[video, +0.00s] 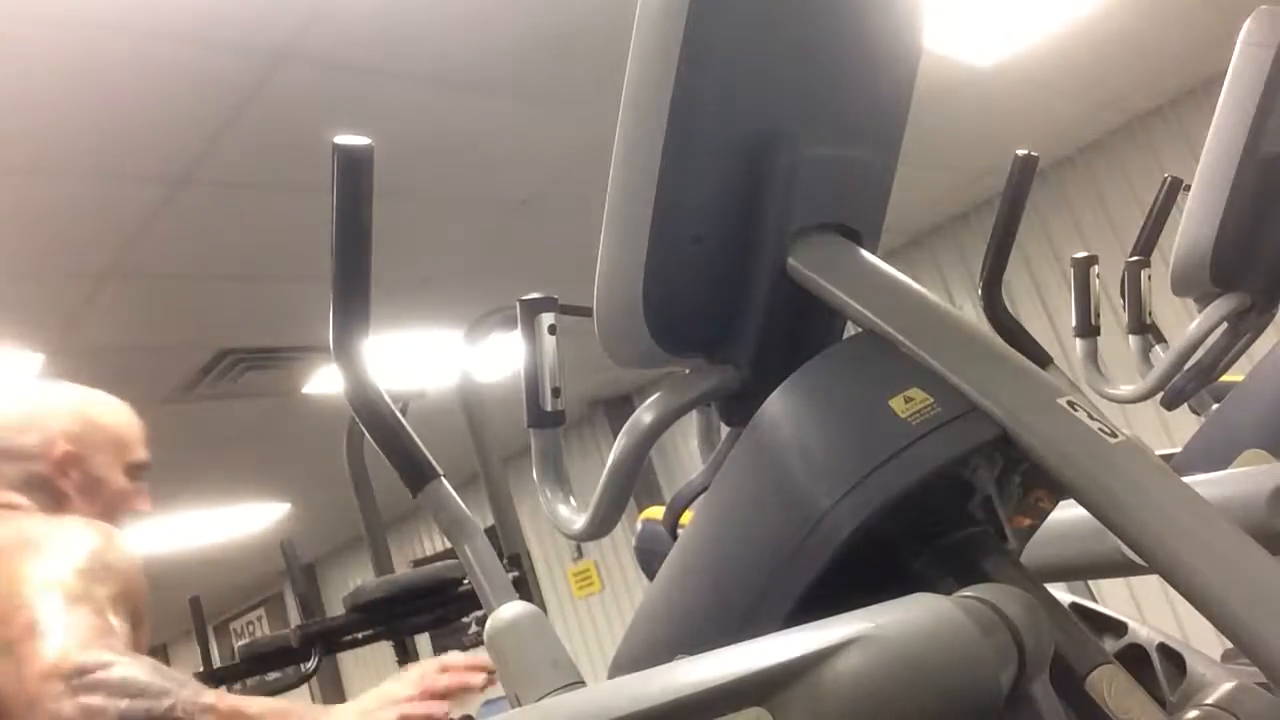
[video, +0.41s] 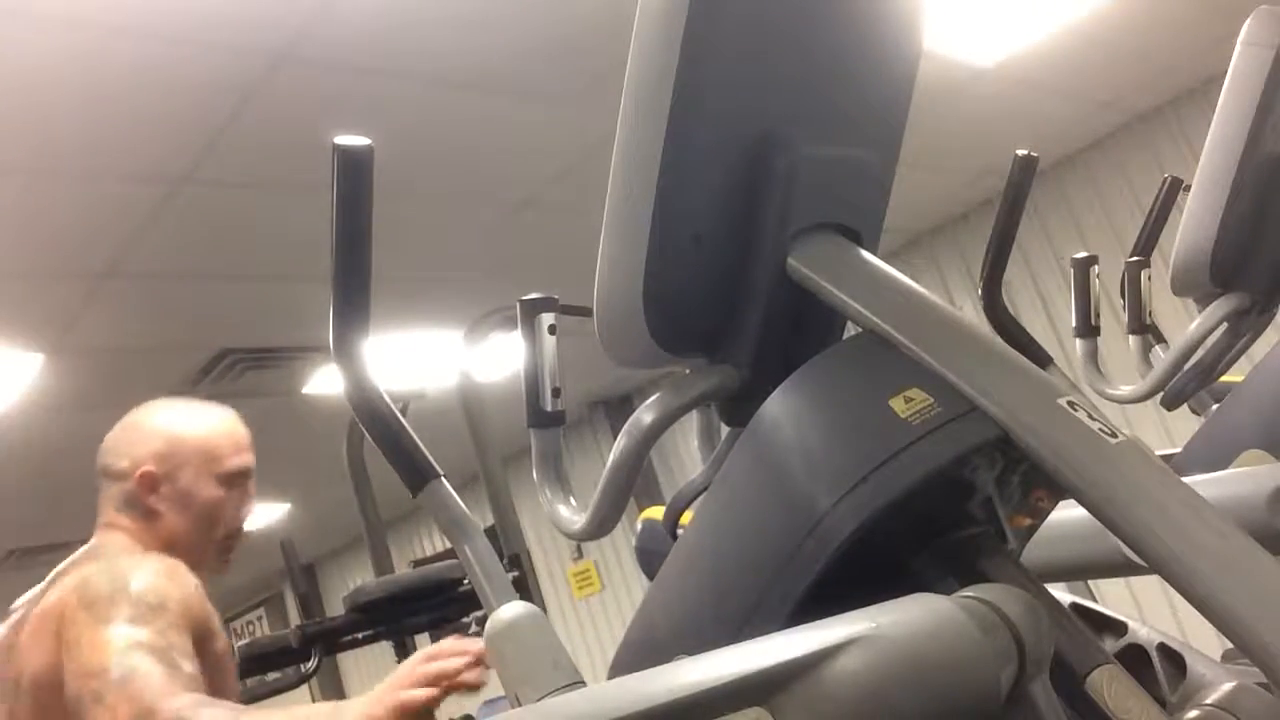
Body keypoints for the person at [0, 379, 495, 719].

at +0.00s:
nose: (144, 501)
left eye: (142, 476)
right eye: (133, 473)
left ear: (63, 468)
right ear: (66, 469)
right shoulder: (69, 546)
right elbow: (69, 687)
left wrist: (355, 709)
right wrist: (341, 711)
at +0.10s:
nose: (174, 507)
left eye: (173, 487)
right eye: (163, 485)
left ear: (93, 479)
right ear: (96, 480)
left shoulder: (28, 560)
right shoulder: (87, 561)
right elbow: (97, 692)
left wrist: (389, 707)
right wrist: (370, 711)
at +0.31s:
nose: (237, 531)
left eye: (234, 504)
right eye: (220, 503)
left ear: (136, 509)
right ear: (143, 508)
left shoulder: (18, 616)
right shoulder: (142, 601)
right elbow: (143, 707)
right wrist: (398, 709)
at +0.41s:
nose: (249, 509)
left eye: (249, 483)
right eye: (232, 482)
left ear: (148, 486)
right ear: (151, 485)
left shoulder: (34, 609)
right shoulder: (135, 582)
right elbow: (149, 707)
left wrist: (368, 709)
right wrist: (370, 707)